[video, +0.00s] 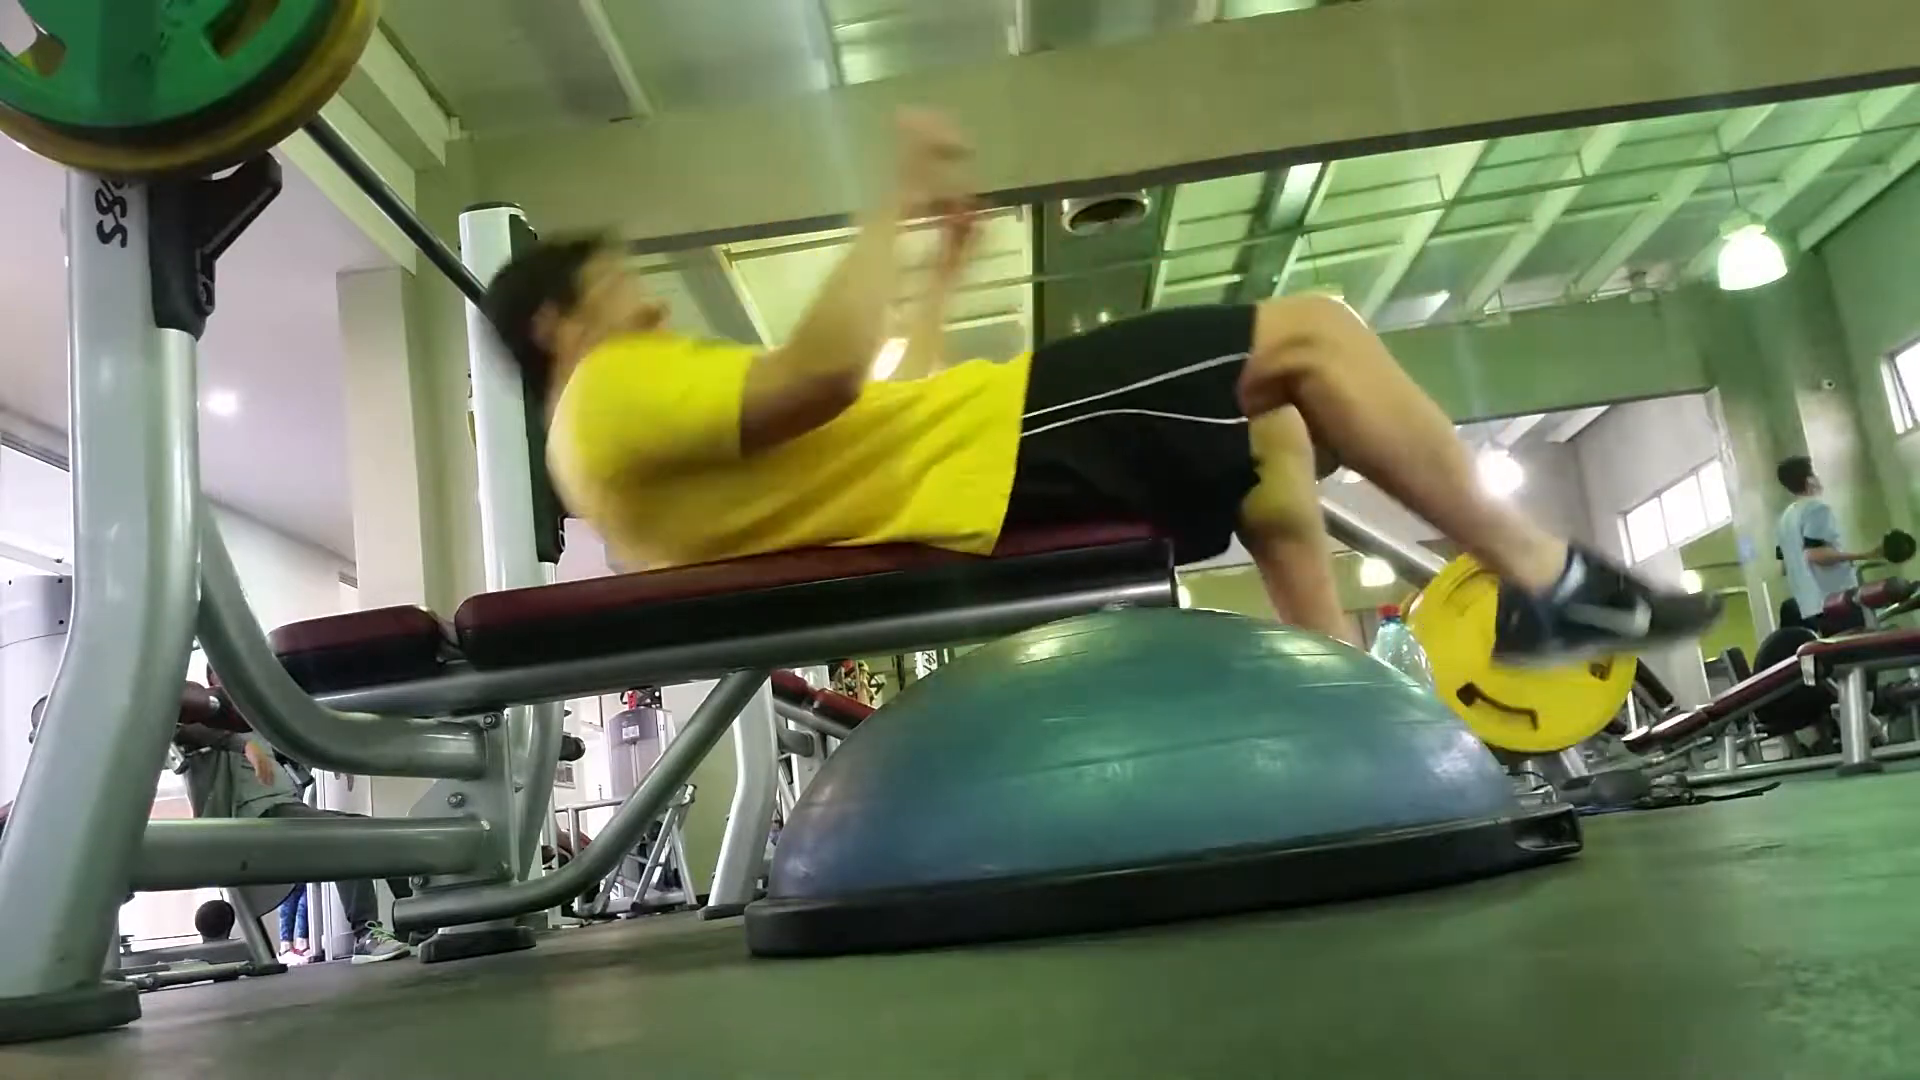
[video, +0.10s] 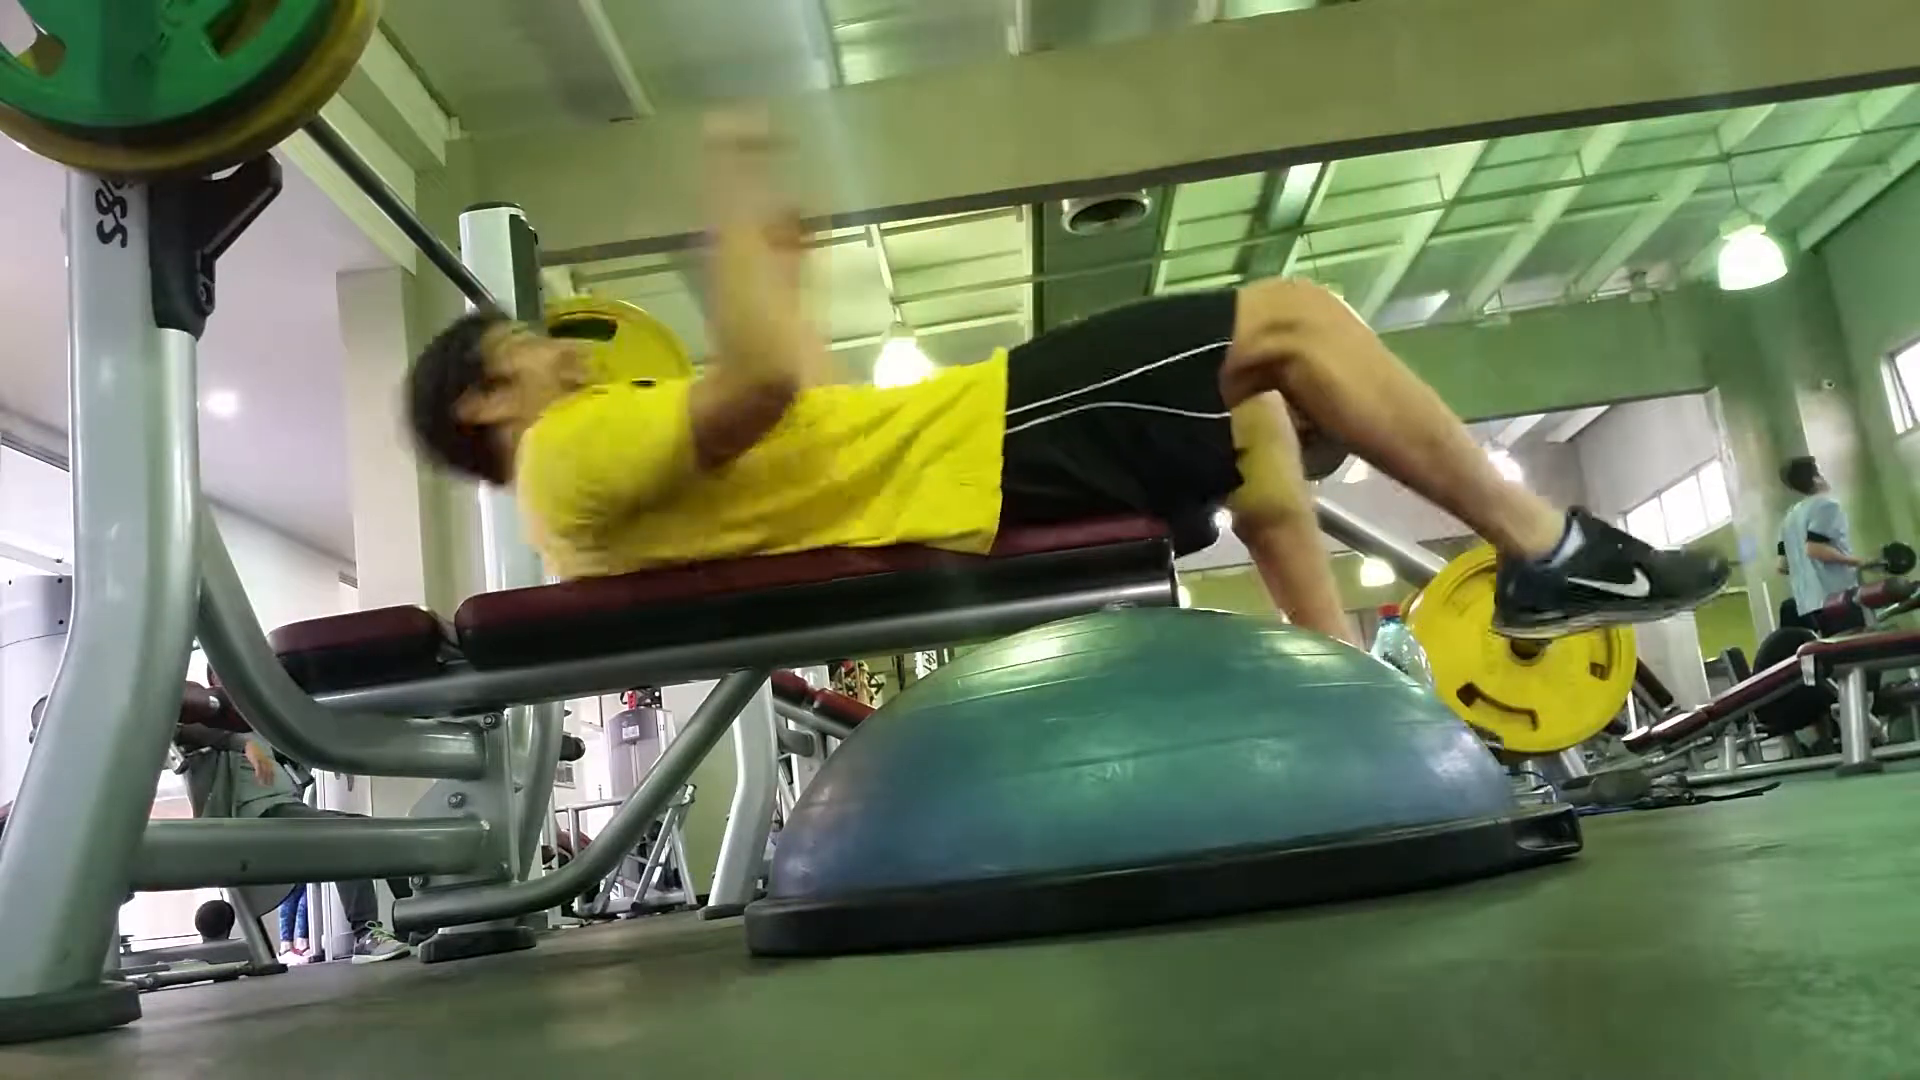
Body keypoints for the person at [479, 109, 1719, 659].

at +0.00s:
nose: (657, 290)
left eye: (644, 277)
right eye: (624, 281)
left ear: (567, 329)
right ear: (561, 317)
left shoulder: (634, 436)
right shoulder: (606, 393)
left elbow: (852, 429)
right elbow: (803, 382)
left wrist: (927, 302)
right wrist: (903, 226)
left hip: (976, 481)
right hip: (978, 437)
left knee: (1274, 456)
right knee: (1310, 328)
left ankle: (1350, 740)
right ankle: (1546, 575)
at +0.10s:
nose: (575, 339)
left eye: (553, 330)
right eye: (539, 343)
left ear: (505, 408)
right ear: (496, 410)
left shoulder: (601, 457)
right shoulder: (569, 455)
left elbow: (759, 409)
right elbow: (752, 391)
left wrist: (752, 293)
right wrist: (740, 229)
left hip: (972, 450)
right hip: (973, 437)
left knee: (1253, 412)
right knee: (1295, 316)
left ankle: (1340, 667)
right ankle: (1547, 541)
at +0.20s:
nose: (500, 363)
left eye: (480, 357)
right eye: (474, 373)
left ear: (462, 465)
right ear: (458, 440)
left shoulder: (555, 520)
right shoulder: (544, 455)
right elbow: (683, 354)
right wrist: (564, 230)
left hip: (943, 507)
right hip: (951, 441)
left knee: (1239, 424)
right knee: (1280, 318)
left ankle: (1327, 685)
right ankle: (1517, 567)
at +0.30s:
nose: (460, 375)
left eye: (435, 379)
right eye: (430, 401)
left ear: (453, 470)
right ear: (444, 464)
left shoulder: (552, 490)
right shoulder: (539, 471)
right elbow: (617, 325)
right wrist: (462, 251)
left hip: (950, 492)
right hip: (941, 446)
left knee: (1248, 473)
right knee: (1282, 355)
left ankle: (1244, 738)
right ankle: (1473, 644)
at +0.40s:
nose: (472, 380)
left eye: (449, 383)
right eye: (444, 406)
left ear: (457, 466)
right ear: (446, 485)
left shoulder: (569, 473)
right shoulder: (536, 490)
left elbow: (631, 343)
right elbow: (570, 300)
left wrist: (449, 228)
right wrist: (397, 200)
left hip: (950, 471)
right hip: (956, 450)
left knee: (1241, 490)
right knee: (1299, 399)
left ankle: (1259, 763)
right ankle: (1438, 734)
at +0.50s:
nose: (454, 399)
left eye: (431, 402)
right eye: (430, 423)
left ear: (457, 440)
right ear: (437, 497)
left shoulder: (563, 466)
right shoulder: (537, 495)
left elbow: (615, 334)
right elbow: (556, 290)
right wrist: (387, 178)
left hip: (949, 463)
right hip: (954, 459)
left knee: (1245, 518)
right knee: (1311, 409)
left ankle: (1258, 766)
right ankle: (1435, 744)